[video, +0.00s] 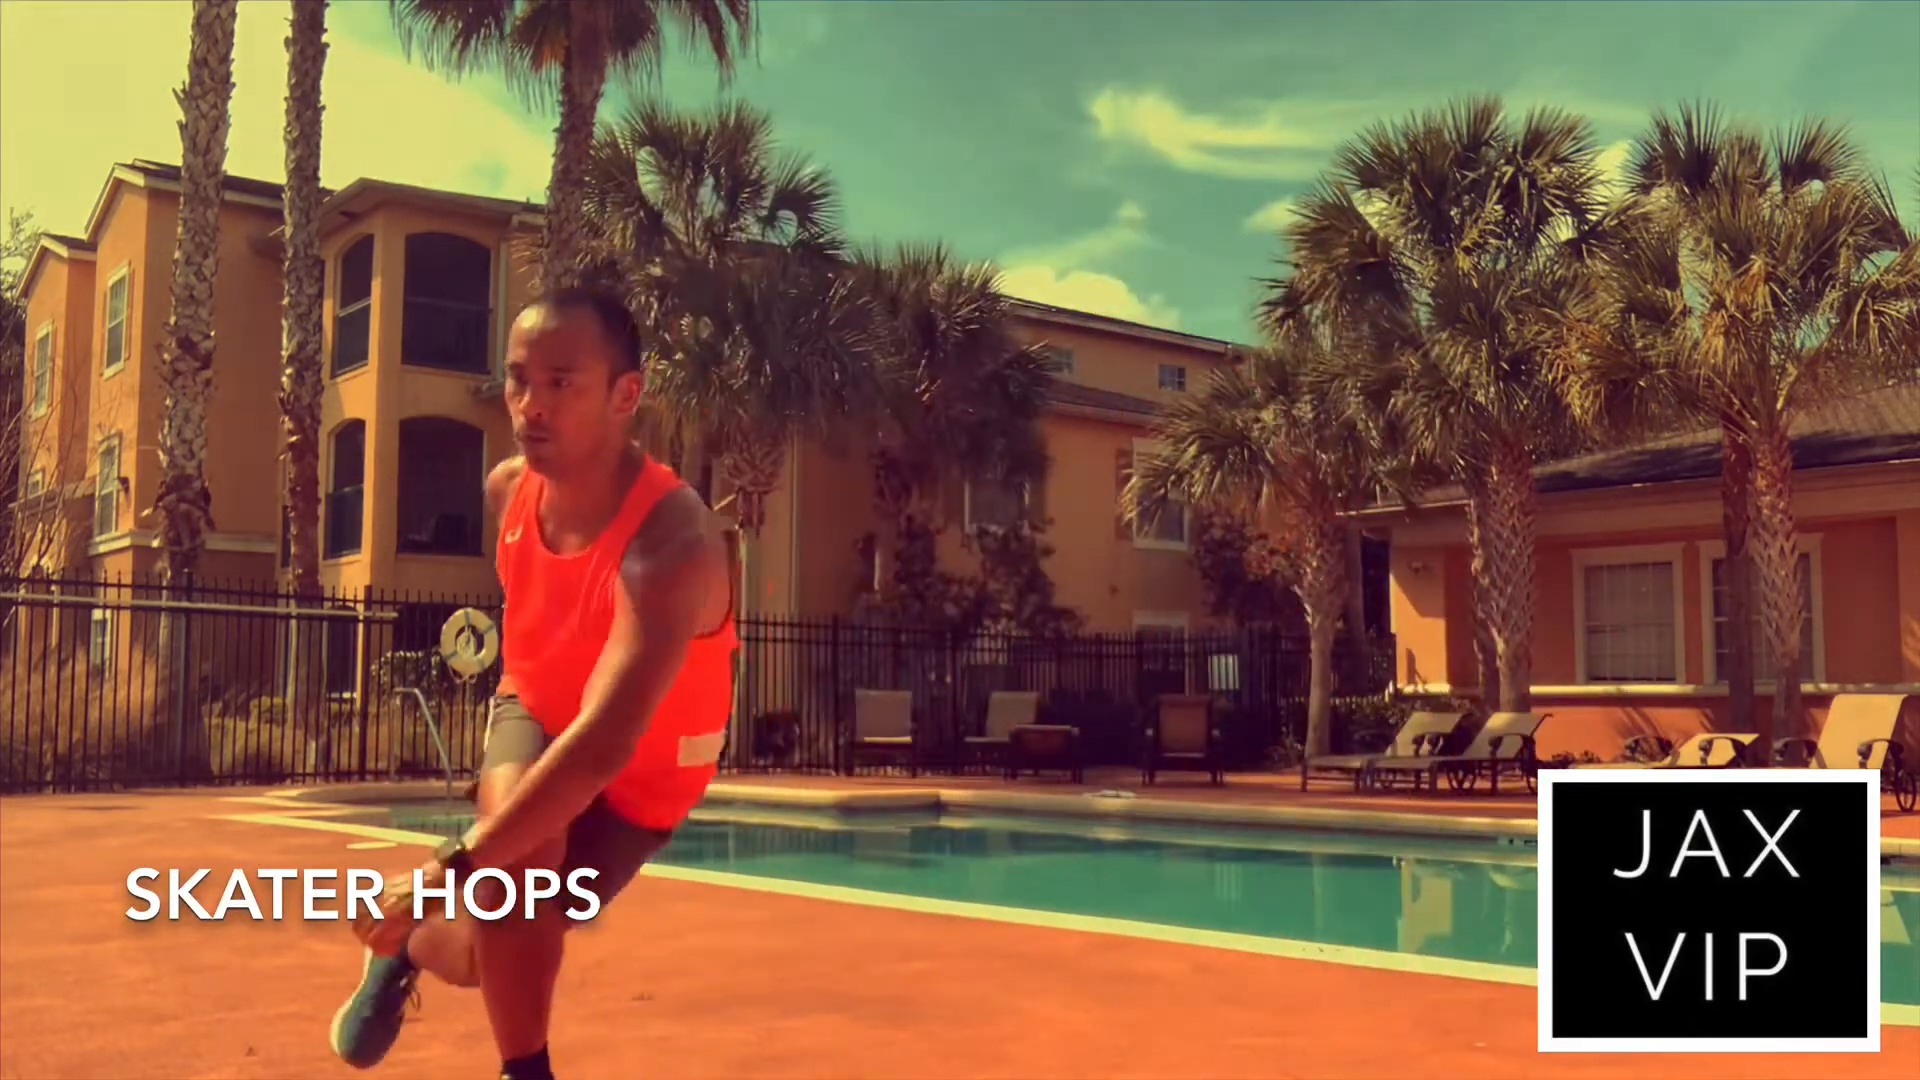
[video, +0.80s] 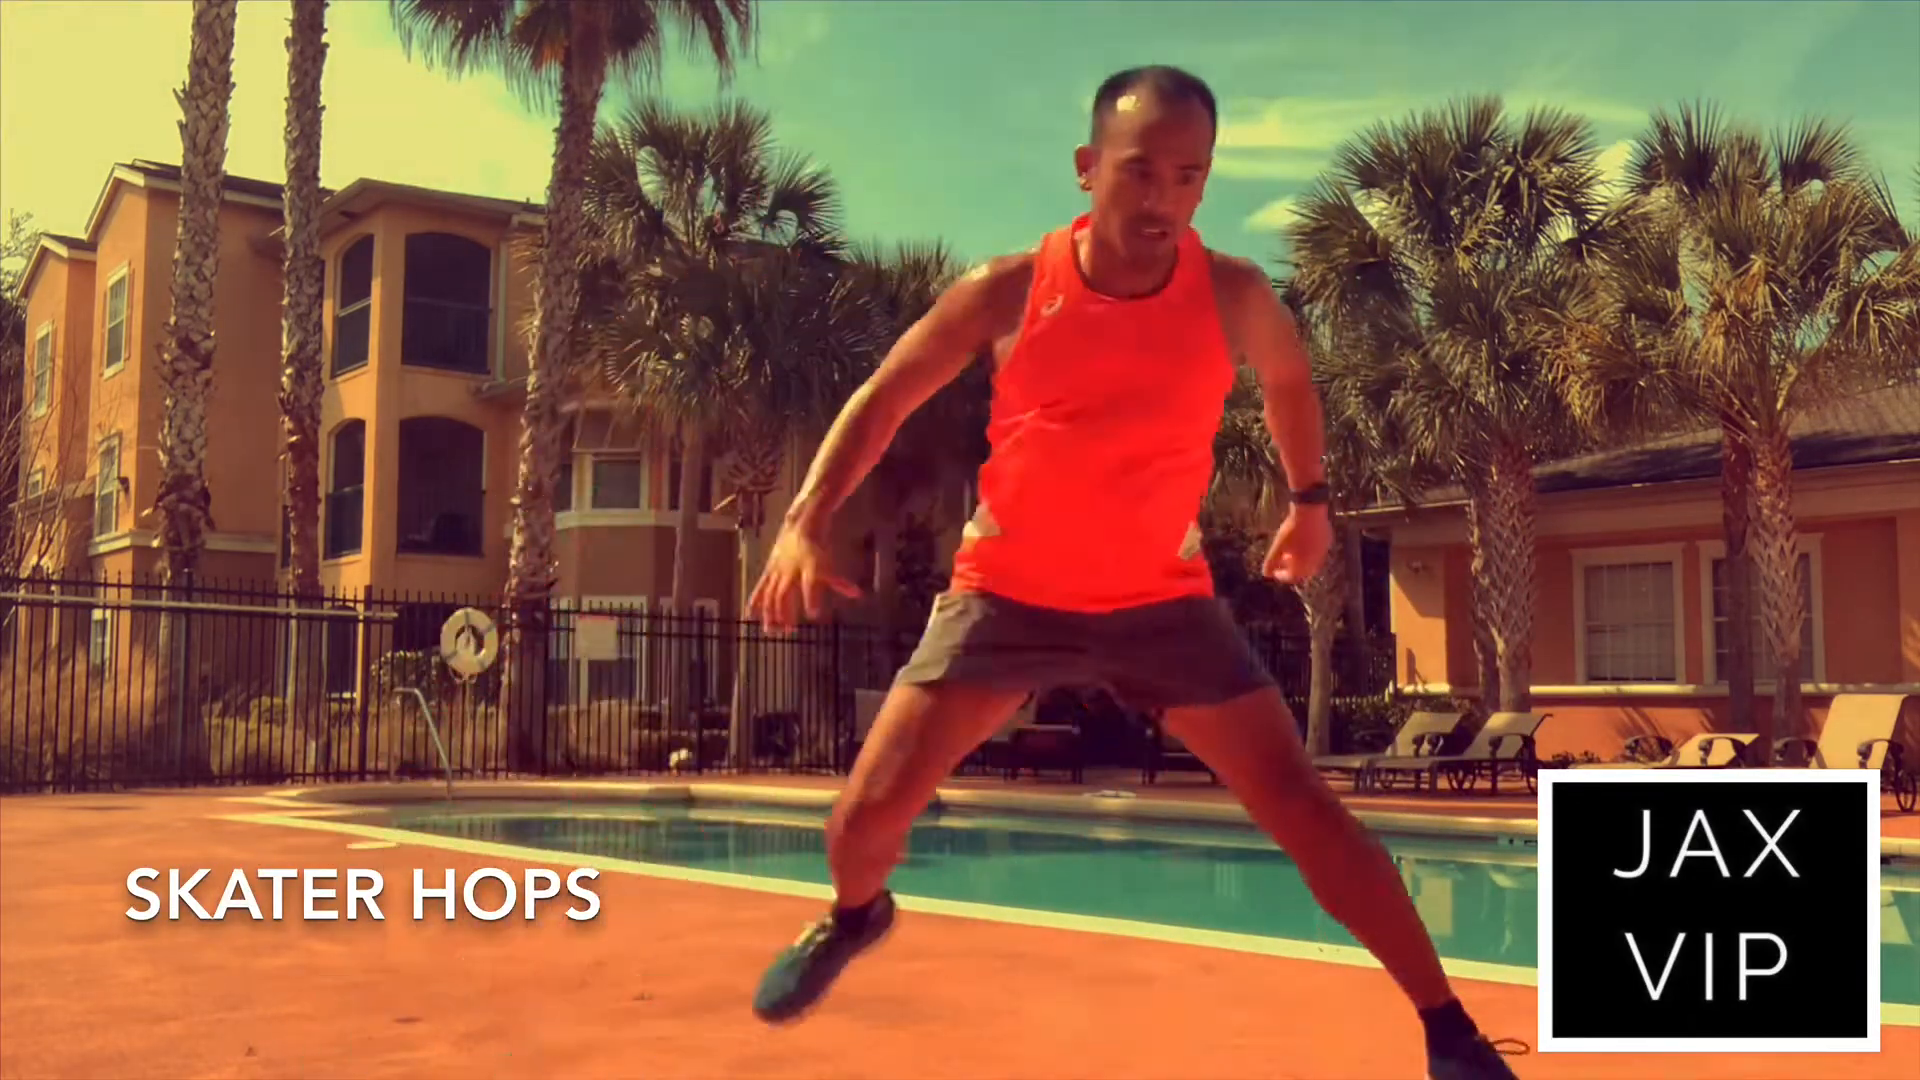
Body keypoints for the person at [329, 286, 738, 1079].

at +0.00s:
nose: (530, 404)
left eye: (560, 382)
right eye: (519, 380)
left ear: (625, 396)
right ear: (506, 387)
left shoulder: (671, 544)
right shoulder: (509, 491)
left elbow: (602, 746)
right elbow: (530, 624)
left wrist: (447, 870)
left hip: (641, 779)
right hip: (533, 712)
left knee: (493, 956)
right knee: (520, 871)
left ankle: (402, 947)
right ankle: (528, 1070)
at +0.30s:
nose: (567, 406)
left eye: (594, 382)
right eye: (551, 382)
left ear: (651, 390)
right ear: (532, 388)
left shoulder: (710, 536)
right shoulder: (521, 504)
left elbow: (659, 740)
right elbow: (501, 611)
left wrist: (488, 831)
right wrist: (449, 714)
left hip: (650, 773)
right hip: (538, 709)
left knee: (515, 946)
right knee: (518, 880)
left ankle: (359, 987)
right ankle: (527, 1072)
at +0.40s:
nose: (639, 335)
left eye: (666, 313)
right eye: (621, 309)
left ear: (712, 326)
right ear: (594, 319)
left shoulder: (770, 471)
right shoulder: (566, 460)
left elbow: (787, 672)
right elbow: (510, 596)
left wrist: (700, 828)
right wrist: (425, 712)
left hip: (705, 733)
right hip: (594, 680)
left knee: (608, 960)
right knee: (560, 851)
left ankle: (511, 930)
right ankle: (530, 1072)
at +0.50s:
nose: (748, 268)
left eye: (773, 249)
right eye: (728, 244)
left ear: (806, 264)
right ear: (690, 251)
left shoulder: (865, 405)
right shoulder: (637, 389)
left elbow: (956, 555)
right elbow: (533, 499)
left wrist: (952, 709)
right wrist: (443, 619)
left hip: (794, 691)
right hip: (650, 669)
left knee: (809, 915)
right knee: (583, 877)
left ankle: (770, 919)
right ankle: (532, 1067)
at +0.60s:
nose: (882, 211)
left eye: (905, 190)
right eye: (861, 185)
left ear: (934, 197)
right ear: (820, 187)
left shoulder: (986, 318)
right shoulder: (754, 305)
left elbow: (1097, 393)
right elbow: (637, 382)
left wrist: (1126, 532)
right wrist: (540, 490)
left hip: (897, 619)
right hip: (743, 620)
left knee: (1032, 812)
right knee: (634, 839)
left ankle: (1062, 935)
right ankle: (533, 1061)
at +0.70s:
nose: (1022, 180)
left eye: (1047, 158)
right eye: (1001, 151)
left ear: (1075, 159)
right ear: (958, 143)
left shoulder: (1106, 267)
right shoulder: (879, 265)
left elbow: (1183, 320)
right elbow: (776, 354)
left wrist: (1236, 441)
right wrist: (683, 442)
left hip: (1031, 588)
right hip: (866, 591)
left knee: (1190, 762)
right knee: (735, 788)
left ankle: (1320, 972)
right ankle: (599, 1010)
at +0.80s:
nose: (1166, 198)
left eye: (1188, 174)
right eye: (1143, 169)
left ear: (1207, 177)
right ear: (1088, 166)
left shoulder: (1234, 296)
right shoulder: (1003, 292)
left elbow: (1286, 384)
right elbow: (884, 400)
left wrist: (1308, 499)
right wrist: (802, 524)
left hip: (1164, 604)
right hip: (1004, 597)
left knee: (1299, 807)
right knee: (859, 828)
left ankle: (1448, 1026)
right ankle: (857, 917)